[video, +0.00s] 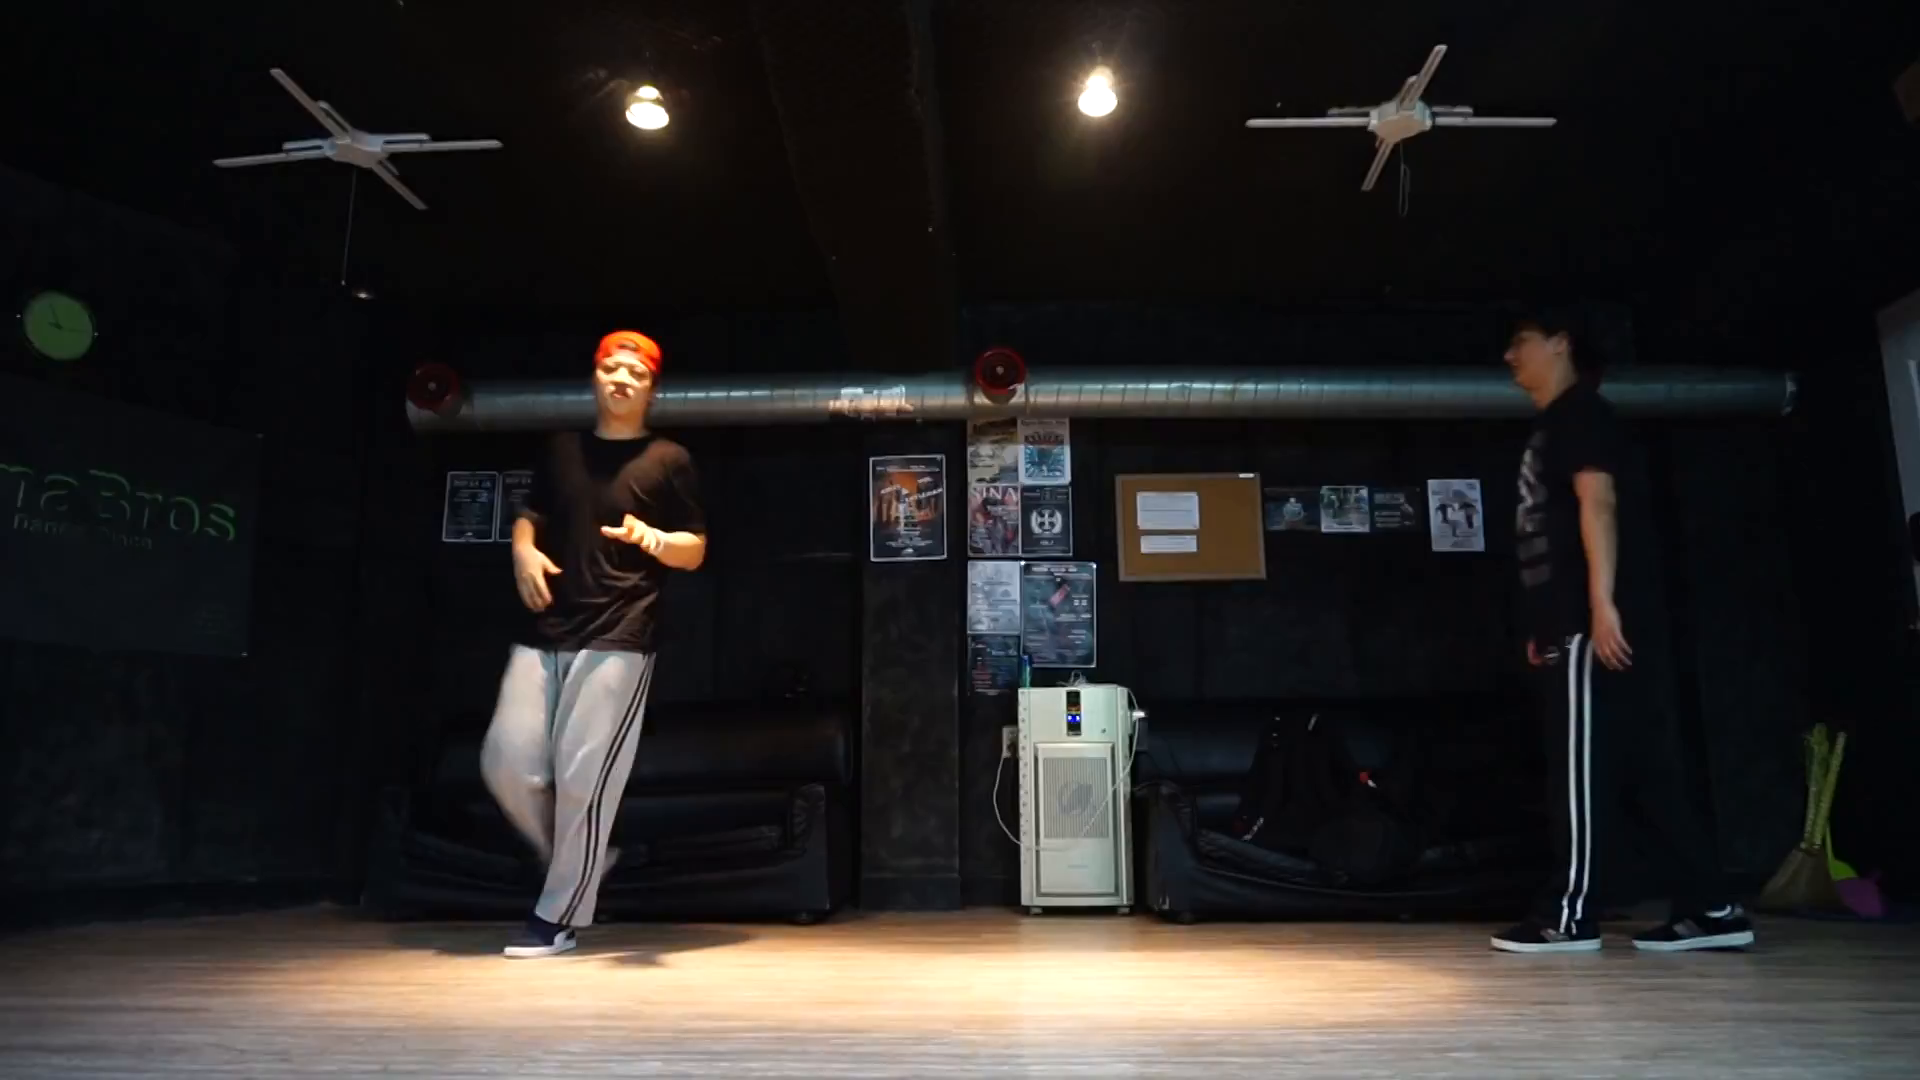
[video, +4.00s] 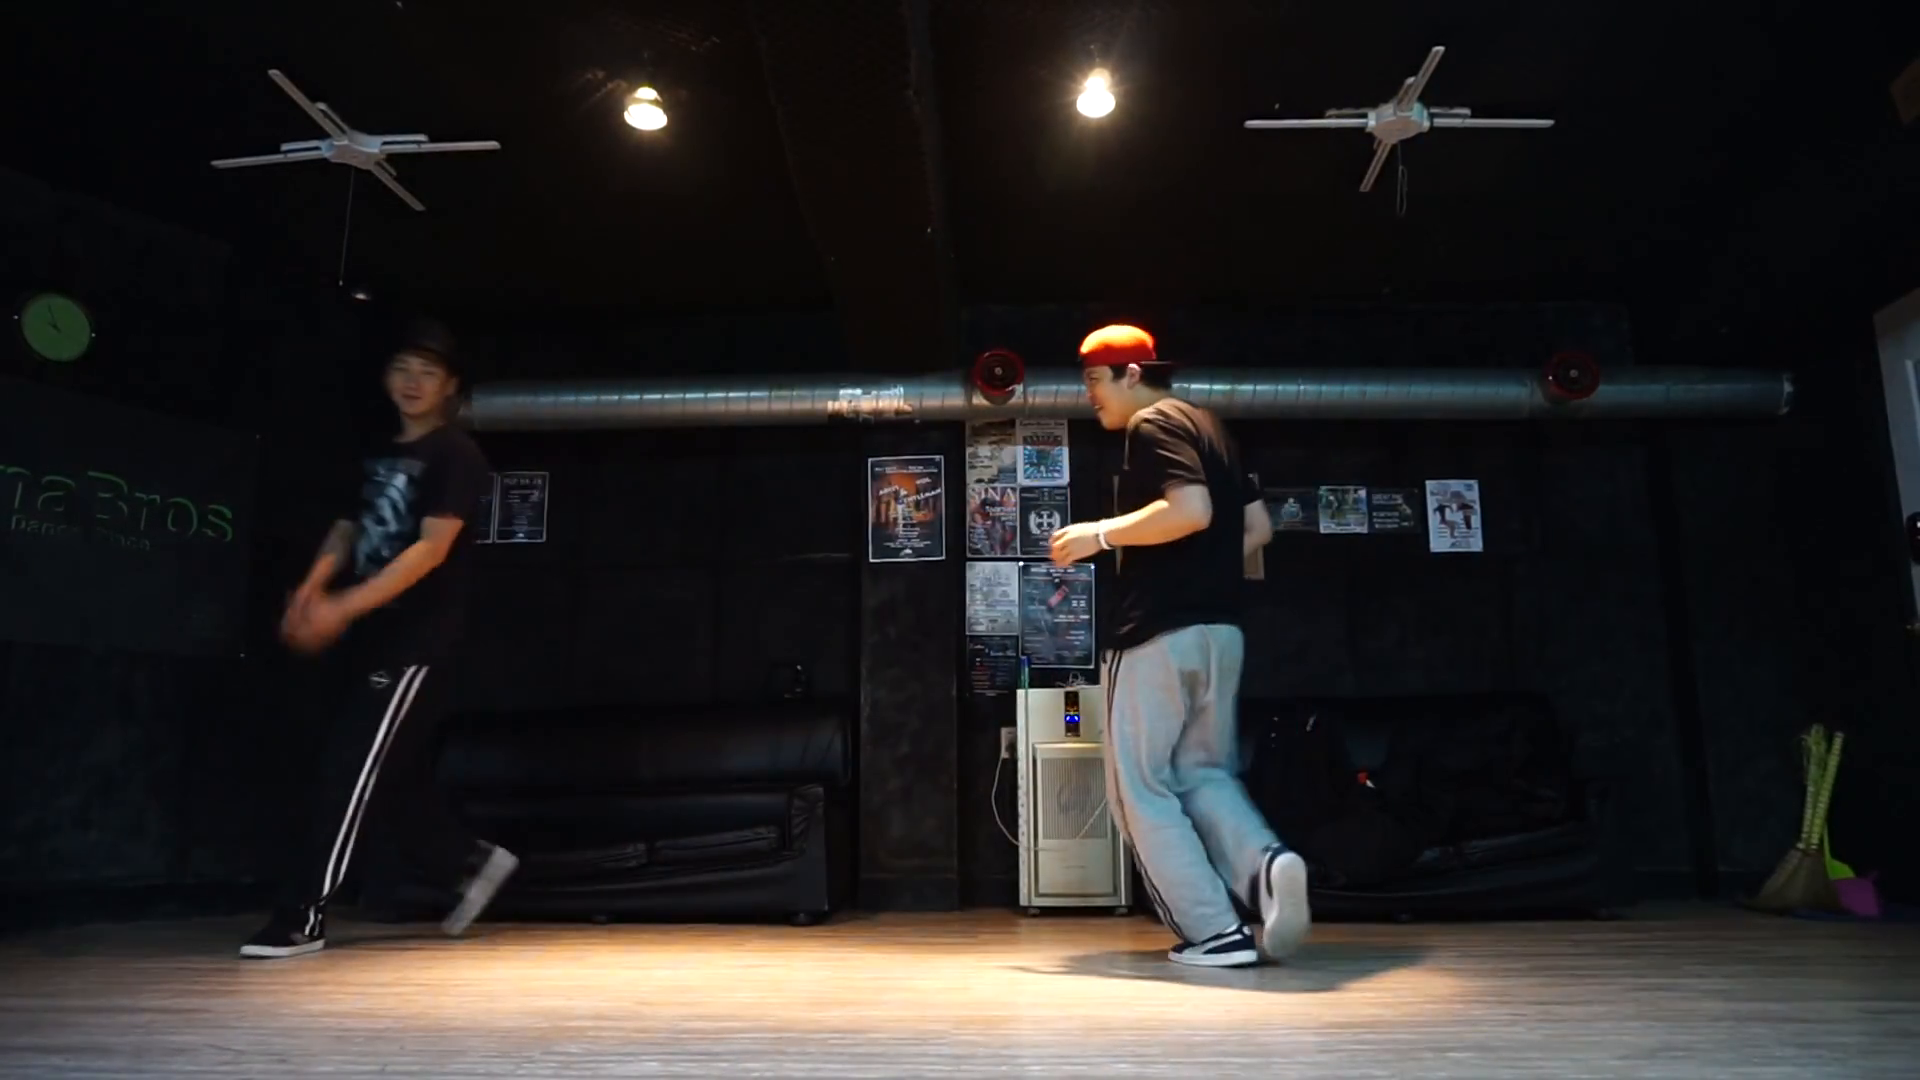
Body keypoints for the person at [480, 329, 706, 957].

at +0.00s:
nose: (620, 379)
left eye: (633, 372)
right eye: (611, 369)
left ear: (651, 387)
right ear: (594, 379)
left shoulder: (669, 461)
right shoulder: (562, 449)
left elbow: (694, 551)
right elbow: (527, 512)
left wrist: (655, 541)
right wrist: (523, 550)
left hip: (616, 638)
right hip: (545, 634)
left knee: (582, 777)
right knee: (508, 766)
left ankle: (559, 919)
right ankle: (587, 858)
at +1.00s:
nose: (631, 295)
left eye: (643, 289)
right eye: (617, 280)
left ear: (648, 308)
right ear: (577, 286)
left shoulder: (645, 398)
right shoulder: (517, 368)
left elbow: (658, 507)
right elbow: (466, 449)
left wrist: (676, 601)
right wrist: (428, 503)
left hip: (616, 612)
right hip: (516, 610)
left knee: (615, 781)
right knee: (500, 782)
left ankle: (590, 963)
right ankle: (476, 949)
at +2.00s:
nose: (938, 280)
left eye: (948, 268)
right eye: (930, 258)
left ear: (939, 269)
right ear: (884, 234)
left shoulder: (875, 341)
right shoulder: (795, 305)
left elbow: (871, 461)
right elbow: (723, 410)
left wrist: (925, 524)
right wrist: (858, 436)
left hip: (875, 585)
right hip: (834, 587)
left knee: (914, 787)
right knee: (927, 782)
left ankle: (740, 901)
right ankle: (843, 989)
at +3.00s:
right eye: (1186, 264)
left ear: (1119, 275)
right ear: (1192, 267)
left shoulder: (1078, 339)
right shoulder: (1215, 300)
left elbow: (1047, 461)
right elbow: (1267, 381)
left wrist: (1120, 461)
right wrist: (1241, 457)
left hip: (1103, 555)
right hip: (1199, 542)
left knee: (1124, 757)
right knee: (1250, 751)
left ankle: (1114, 958)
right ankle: (1296, 944)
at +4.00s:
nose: (1090, 395)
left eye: (1094, 381)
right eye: (1088, 382)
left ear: (1126, 374)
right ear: (1148, 374)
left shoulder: (1152, 423)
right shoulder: (1209, 424)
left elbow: (1187, 510)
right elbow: (1255, 526)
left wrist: (1099, 533)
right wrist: (1185, 549)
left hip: (1159, 635)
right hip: (1220, 630)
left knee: (1141, 788)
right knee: (1205, 770)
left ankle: (1216, 936)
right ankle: (1263, 869)